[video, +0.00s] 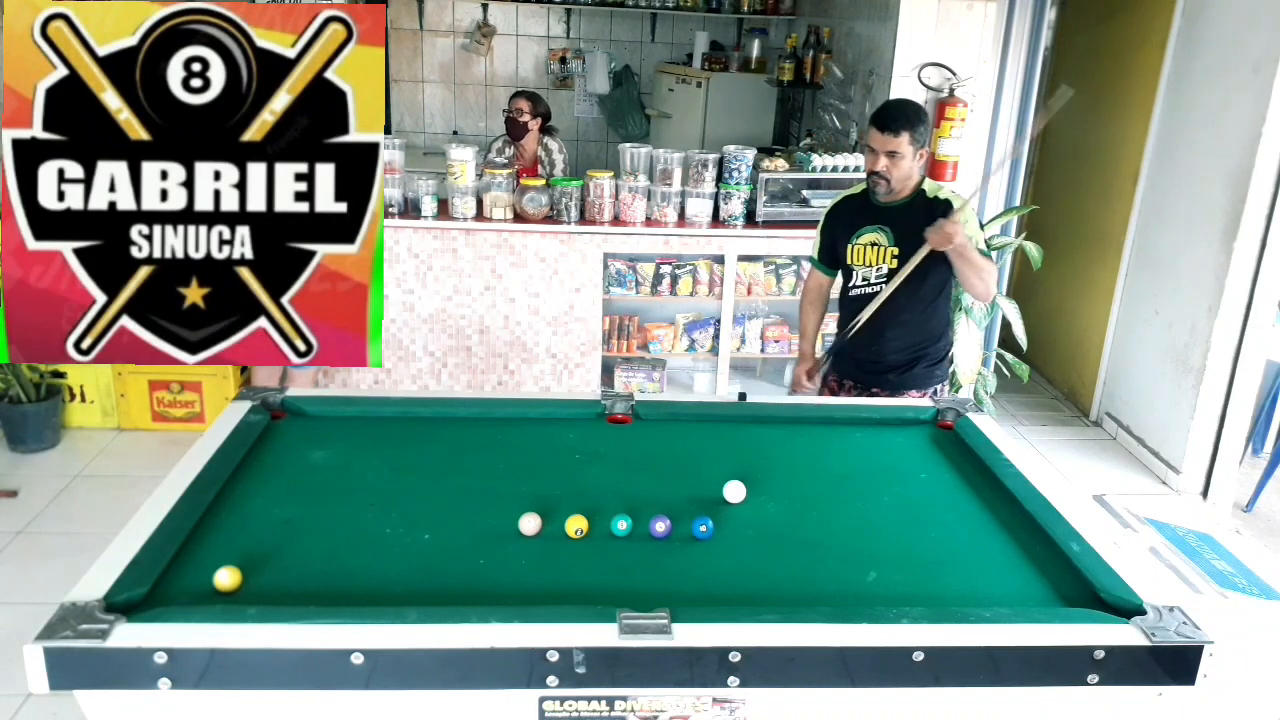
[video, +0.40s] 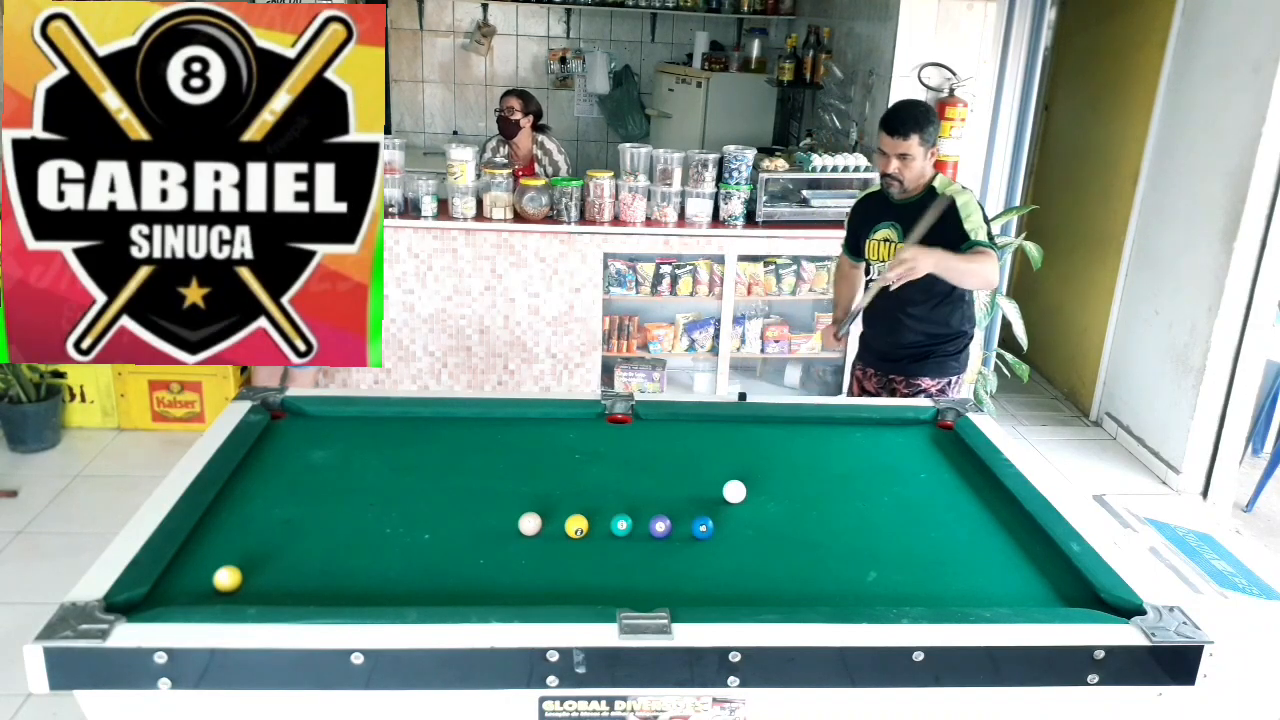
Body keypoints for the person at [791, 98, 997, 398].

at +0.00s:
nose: (877, 166)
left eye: (892, 156)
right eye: (871, 152)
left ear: (921, 158)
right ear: (863, 147)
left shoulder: (948, 212)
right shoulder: (842, 212)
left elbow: (985, 291)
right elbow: (817, 286)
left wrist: (956, 245)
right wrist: (806, 355)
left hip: (915, 388)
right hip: (846, 382)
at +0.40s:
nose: (889, 168)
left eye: (904, 158)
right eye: (883, 154)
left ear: (932, 156)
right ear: (876, 150)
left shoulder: (958, 204)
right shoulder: (868, 206)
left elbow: (988, 274)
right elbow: (851, 264)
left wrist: (932, 260)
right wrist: (841, 318)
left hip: (933, 373)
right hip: (872, 362)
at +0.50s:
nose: (893, 168)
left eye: (907, 158)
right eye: (886, 155)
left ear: (936, 156)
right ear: (879, 150)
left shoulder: (960, 202)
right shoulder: (875, 205)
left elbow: (976, 271)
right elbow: (857, 266)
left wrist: (903, 282)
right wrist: (851, 308)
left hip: (940, 376)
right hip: (879, 365)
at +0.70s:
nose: (895, 179)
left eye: (909, 168)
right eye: (889, 166)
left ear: (940, 166)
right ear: (883, 160)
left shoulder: (964, 216)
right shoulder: (891, 211)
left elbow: (941, 289)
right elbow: (886, 285)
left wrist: (880, 328)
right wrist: (874, 327)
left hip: (958, 381)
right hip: (900, 371)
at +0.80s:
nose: (894, 191)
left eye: (908, 181)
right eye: (889, 178)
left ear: (942, 178)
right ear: (883, 173)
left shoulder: (965, 229)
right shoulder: (891, 221)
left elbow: (930, 313)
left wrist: (862, 361)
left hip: (971, 386)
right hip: (913, 377)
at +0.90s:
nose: (891, 211)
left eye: (904, 200)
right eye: (886, 198)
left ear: (939, 199)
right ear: (881, 192)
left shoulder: (960, 246)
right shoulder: (909, 234)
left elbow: (922, 332)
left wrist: (854, 390)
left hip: (988, 383)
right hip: (931, 374)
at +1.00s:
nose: (883, 246)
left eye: (895, 235)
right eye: (878, 233)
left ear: (930, 228)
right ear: (873, 222)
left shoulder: (956, 271)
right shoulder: (920, 239)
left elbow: (911, 362)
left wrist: (843, 422)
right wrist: (912, 301)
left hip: (1004, 390)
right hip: (949, 380)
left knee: (985, 495)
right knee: (936, 486)